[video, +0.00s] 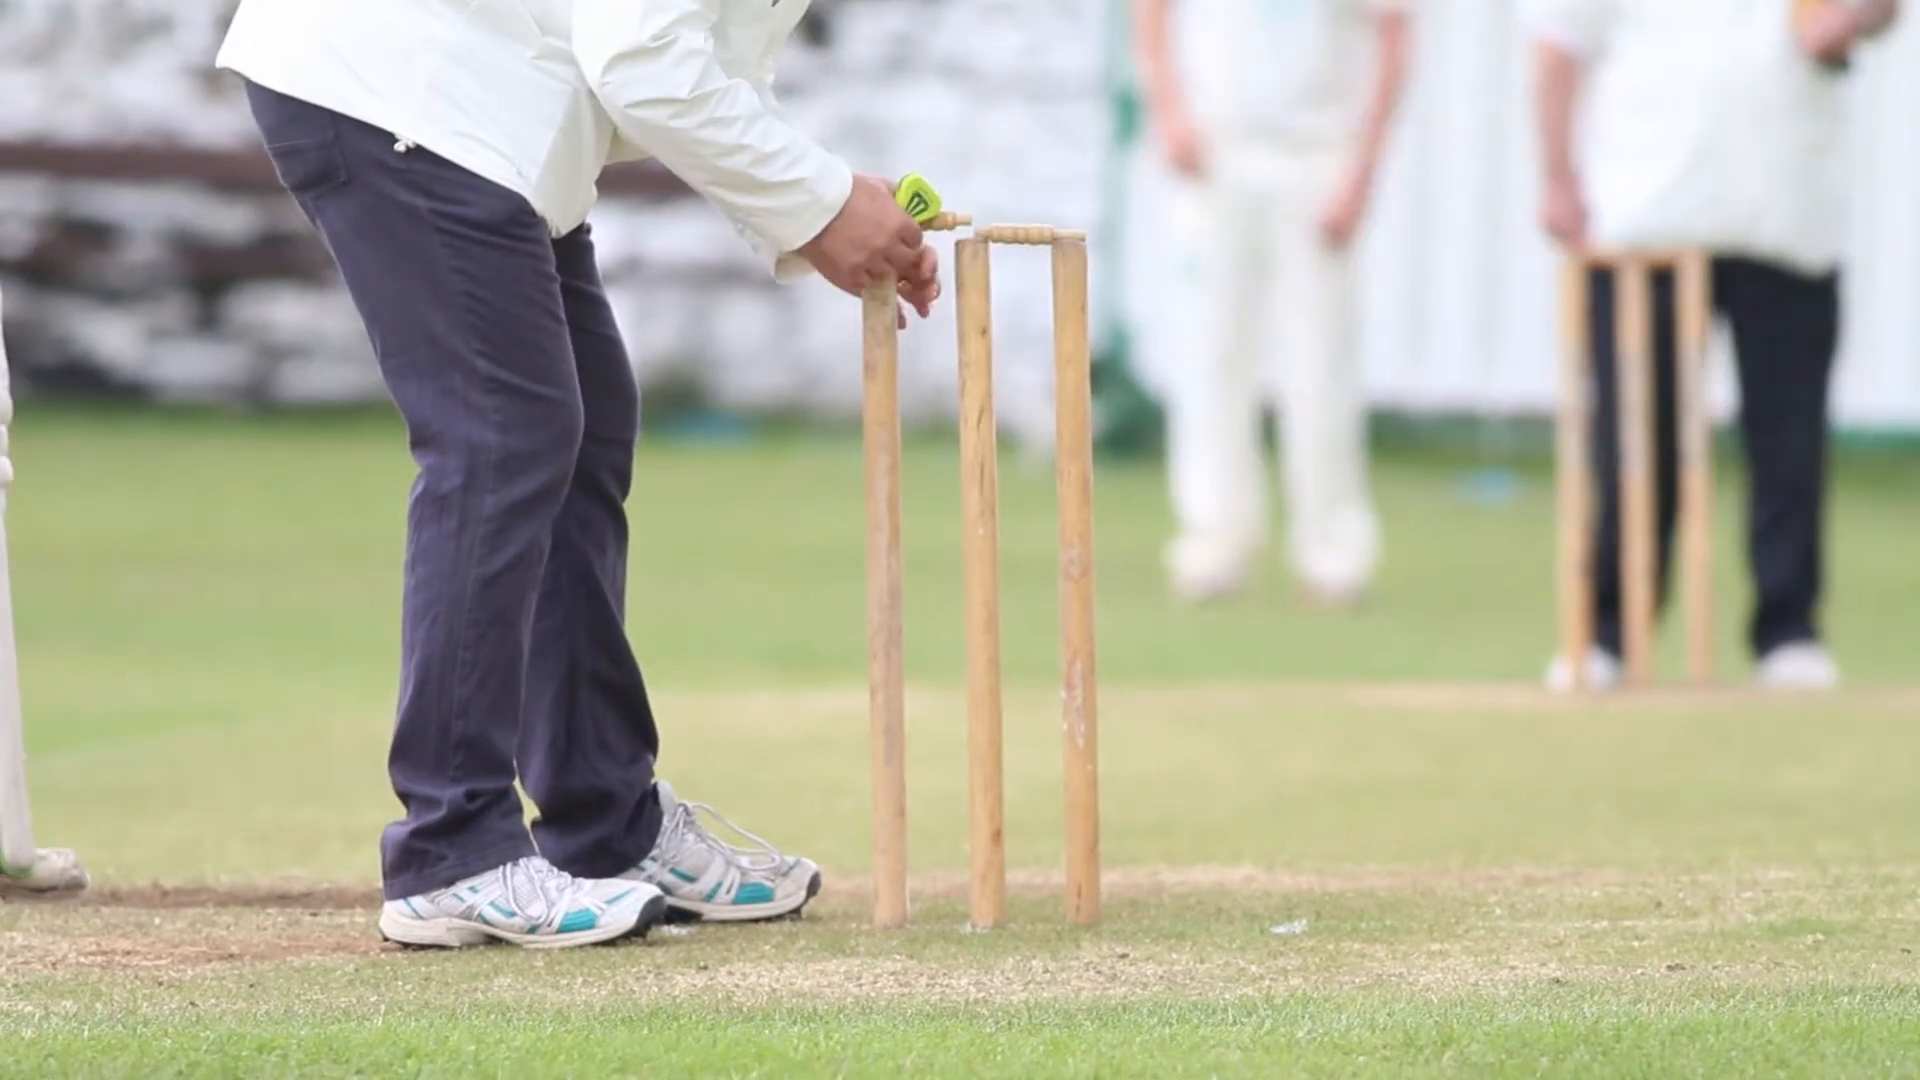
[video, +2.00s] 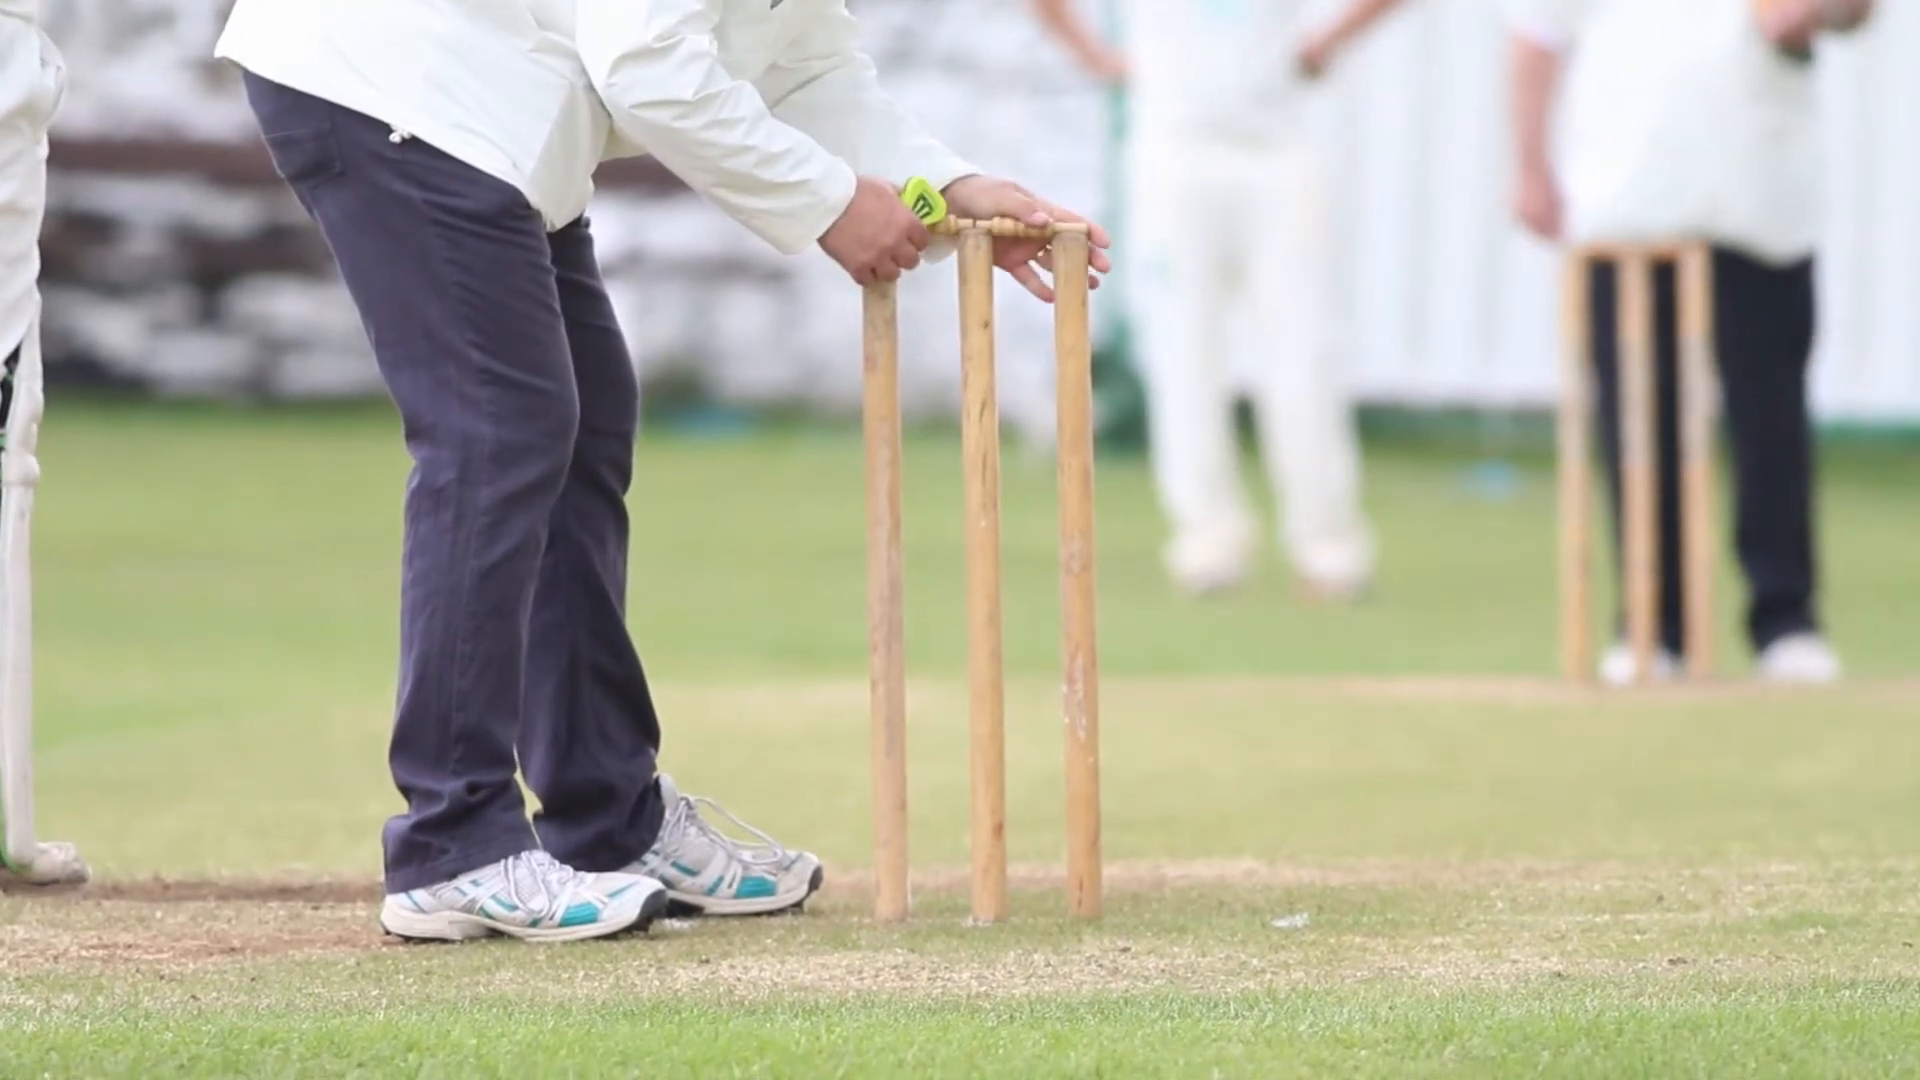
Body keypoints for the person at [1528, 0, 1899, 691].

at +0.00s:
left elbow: (1885, 9)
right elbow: (1558, 32)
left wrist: (1848, 19)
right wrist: (1560, 181)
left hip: (1789, 206)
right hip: (1640, 207)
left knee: (1787, 447)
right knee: (1628, 441)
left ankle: (1789, 638)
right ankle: (1605, 641)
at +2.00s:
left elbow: (1860, 10)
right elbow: (1537, 26)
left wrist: (1813, 12)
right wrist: (1533, 166)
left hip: (1761, 192)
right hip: (1623, 194)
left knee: (1770, 424)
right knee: (1636, 433)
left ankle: (1787, 628)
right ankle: (1651, 636)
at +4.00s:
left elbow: (1874, 22)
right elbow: (1603, 21)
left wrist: (1878, 14)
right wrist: (1592, 158)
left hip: (1819, 199)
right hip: (1675, 195)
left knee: (1804, 435)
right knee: (1665, 430)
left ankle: (1794, 623)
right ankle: (1628, 623)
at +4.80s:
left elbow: (1836, 9)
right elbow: (1502, 17)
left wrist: (1794, 10)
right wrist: (1484, 131)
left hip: (1738, 193)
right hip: (1595, 191)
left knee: (1755, 422)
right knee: (1613, 423)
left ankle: (1786, 620)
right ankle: (1614, 623)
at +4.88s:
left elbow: (1842, 7)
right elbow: (1498, 6)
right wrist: (1472, 67)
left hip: (1736, 188)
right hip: (1597, 189)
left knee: (1757, 420)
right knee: (1614, 425)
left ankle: (1786, 621)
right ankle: (1615, 624)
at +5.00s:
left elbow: (1819, 12)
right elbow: (1517, 12)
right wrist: (1473, 6)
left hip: (1738, 201)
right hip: (1597, 200)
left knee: (1758, 428)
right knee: (1615, 428)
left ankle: (1786, 619)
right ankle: (1616, 623)